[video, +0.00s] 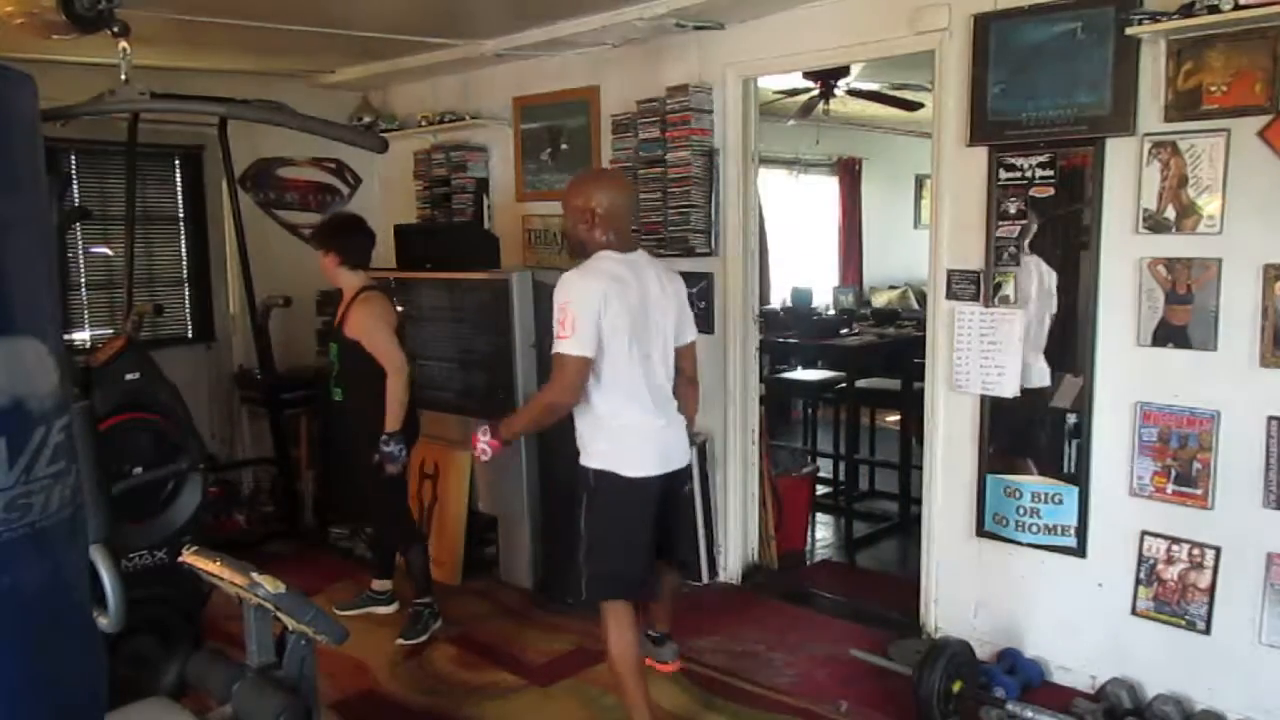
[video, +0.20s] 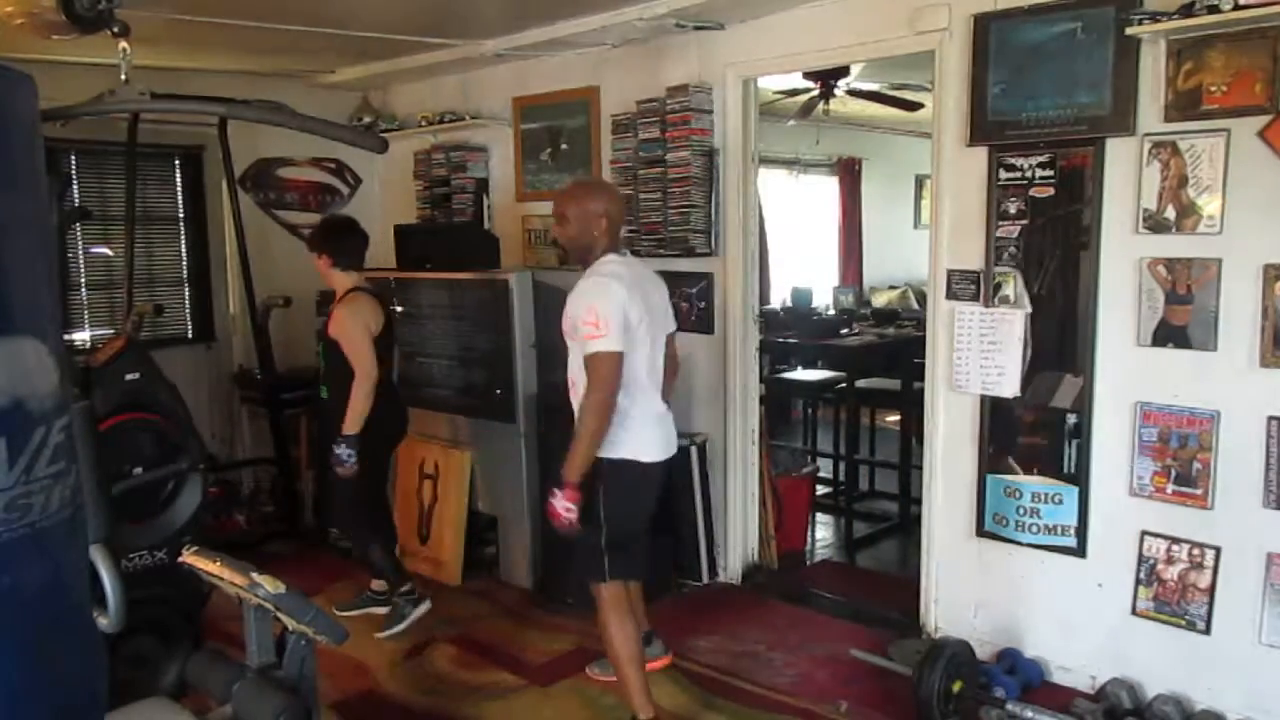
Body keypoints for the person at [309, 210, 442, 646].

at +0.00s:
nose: (320, 262)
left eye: (323, 254)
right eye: (321, 253)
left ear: (334, 259)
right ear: (359, 254)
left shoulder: (367, 309)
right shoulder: (353, 301)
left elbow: (398, 369)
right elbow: (369, 366)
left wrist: (393, 433)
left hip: (383, 427)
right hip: (364, 423)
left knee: (395, 513)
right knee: (379, 510)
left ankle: (425, 604)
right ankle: (381, 588)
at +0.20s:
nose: (314, 263)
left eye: (316, 256)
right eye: (315, 255)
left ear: (325, 261)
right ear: (356, 255)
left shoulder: (348, 312)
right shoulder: (368, 301)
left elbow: (367, 376)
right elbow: (378, 369)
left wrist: (348, 437)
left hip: (363, 424)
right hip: (378, 417)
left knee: (354, 509)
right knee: (371, 503)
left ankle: (405, 593)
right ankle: (383, 584)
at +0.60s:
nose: (297, 263)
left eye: (297, 256)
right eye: (297, 256)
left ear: (307, 258)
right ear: (337, 254)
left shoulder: (312, 310)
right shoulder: (359, 301)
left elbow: (319, 374)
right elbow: (376, 364)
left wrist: (295, 432)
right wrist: (358, 395)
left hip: (326, 422)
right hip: (361, 417)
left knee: (303, 503)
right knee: (363, 502)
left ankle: (295, 587)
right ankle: (380, 587)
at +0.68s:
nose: (289, 262)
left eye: (290, 255)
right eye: (290, 254)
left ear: (298, 258)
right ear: (332, 254)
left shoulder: (303, 310)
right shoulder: (353, 302)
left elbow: (309, 376)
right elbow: (372, 364)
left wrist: (291, 436)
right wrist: (362, 404)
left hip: (321, 425)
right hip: (357, 419)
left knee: (300, 506)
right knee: (362, 503)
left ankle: (294, 589)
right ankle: (379, 586)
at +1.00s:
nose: (260, 259)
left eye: (260, 253)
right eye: (262, 252)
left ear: (266, 257)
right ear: (303, 253)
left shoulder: (264, 308)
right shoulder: (327, 302)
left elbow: (262, 374)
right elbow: (346, 363)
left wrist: (241, 430)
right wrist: (346, 414)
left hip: (283, 426)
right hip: (327, 419)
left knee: (283, 506)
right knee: (330, 495)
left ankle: (289, 590)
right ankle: (366, 568)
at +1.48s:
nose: (237, 262)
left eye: (237, 256)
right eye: (241, 256)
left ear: (241, 260)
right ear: (278, 258)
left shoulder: (229, 312)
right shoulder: (300, 306)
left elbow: (220, 373)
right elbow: (328, 363)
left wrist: (216, 414)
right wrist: (307, 398)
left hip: (253, 425)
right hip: (296, 421)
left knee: (268, 507)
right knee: (290, 503)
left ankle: (284, 585)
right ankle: (291, 581)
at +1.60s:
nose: (237, 263)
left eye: (237, 257)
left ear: (241, 261)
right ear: (278, 259)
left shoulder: (228, 313)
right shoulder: (300, 308)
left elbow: (219, 377)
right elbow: (323, 364)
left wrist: (217, 417)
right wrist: (303, 398)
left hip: (250, 424)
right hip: (294, 419)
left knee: (265, 504)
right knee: (289, 499)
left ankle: (279, 580)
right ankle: (290, 574)